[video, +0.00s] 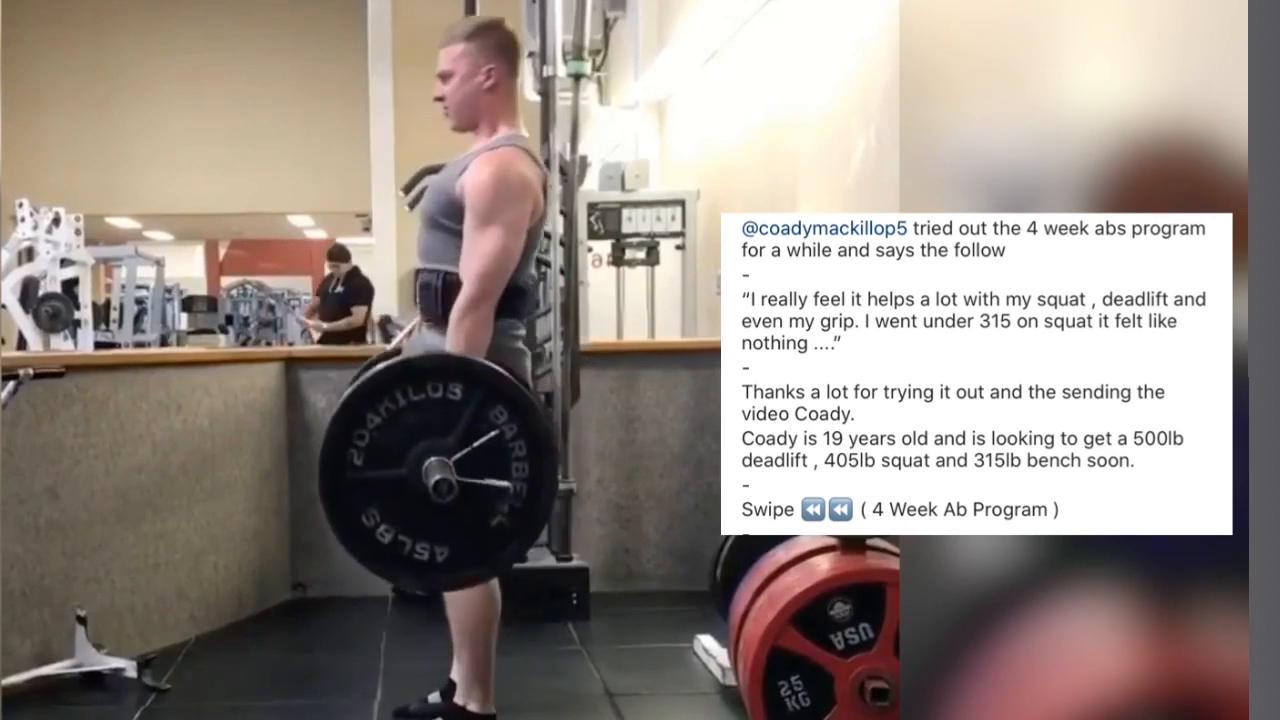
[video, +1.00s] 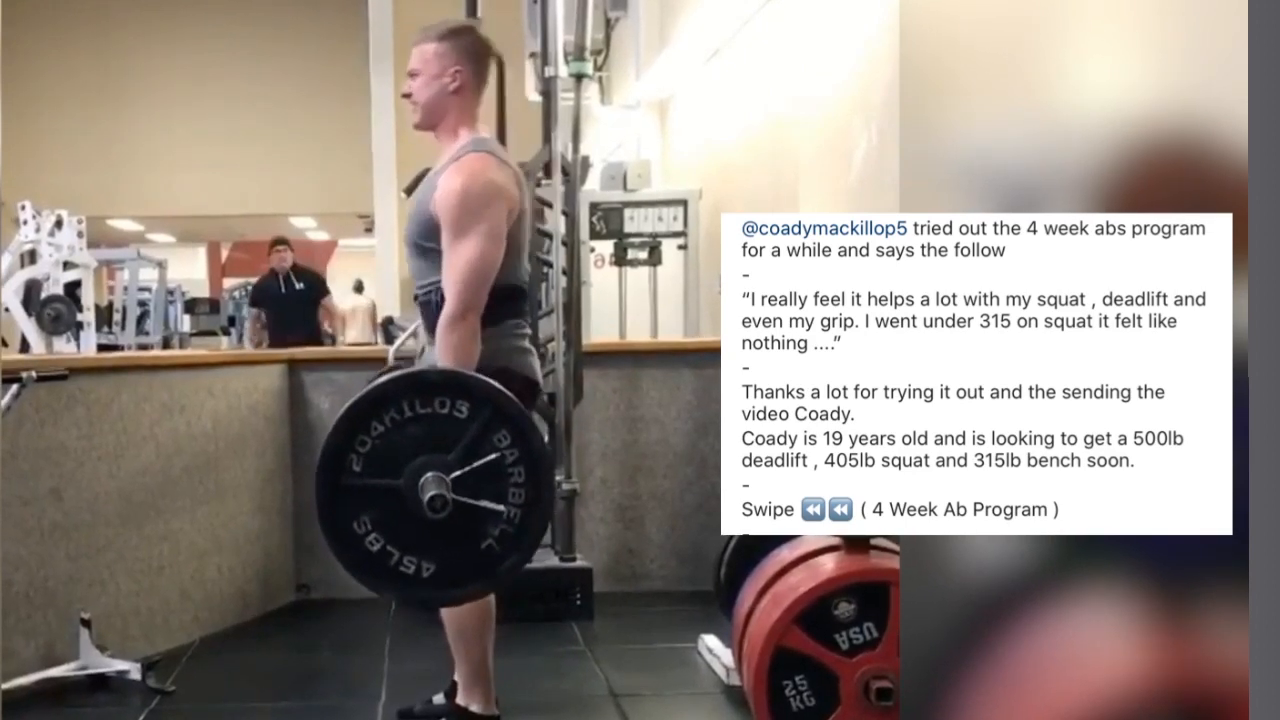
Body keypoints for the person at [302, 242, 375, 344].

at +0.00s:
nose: (332, 270)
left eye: (336, 267)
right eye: (330, 266)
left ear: (346, 263)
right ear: (327, 264)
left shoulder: (360, 283)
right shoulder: (328, 280)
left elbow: (358, 319)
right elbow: (318, 301)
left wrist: (326, 326)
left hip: (352, 343)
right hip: (327, 341)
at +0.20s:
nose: (323, 269)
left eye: (327, 265)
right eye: (322, 265)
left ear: (337, 262)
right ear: (321, 262)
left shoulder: (354, 282)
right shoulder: (320, 279)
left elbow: (357, 319)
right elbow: (306, 306)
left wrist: (327, 331)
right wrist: (289, 320)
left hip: (343, 347)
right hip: (316, 346)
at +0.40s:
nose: (313, 269)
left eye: (316, 265)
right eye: (311, 265)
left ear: (327, 261)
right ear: (309, 262)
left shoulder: (347, 282)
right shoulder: (309, 281)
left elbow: (356, 318)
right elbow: (300, 309)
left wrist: (335, 338)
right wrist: (284, 327)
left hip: (337, 349)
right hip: (309, 347)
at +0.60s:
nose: (304, 265)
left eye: (308, 260)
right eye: (300, 261)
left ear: (317, 260)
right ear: (296, 263)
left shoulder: (335, 282)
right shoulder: (293, 285)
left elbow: (350, 314)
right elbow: (287, 317)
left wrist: (339, 341)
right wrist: (271, 336)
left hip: (327, 350)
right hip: (299, 351)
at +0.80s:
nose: (291, 260)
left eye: (294, 255)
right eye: (286, 256)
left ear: (302, 256)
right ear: (280, 260)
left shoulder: (320, 277)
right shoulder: (276, 286)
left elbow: (338, 308)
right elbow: (270, 318)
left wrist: (342, 339)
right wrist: (258, 342)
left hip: (321, 350)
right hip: (288, 353)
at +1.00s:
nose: (282, 255)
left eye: (286, 250)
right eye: (277, 251)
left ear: (293, 254)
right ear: (269, 258)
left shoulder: (311, 278)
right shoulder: (262, 285)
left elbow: (333, 311)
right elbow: (254, 319)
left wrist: (339, 341)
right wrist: (252, 346)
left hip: (312, 351)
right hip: (278, 353)